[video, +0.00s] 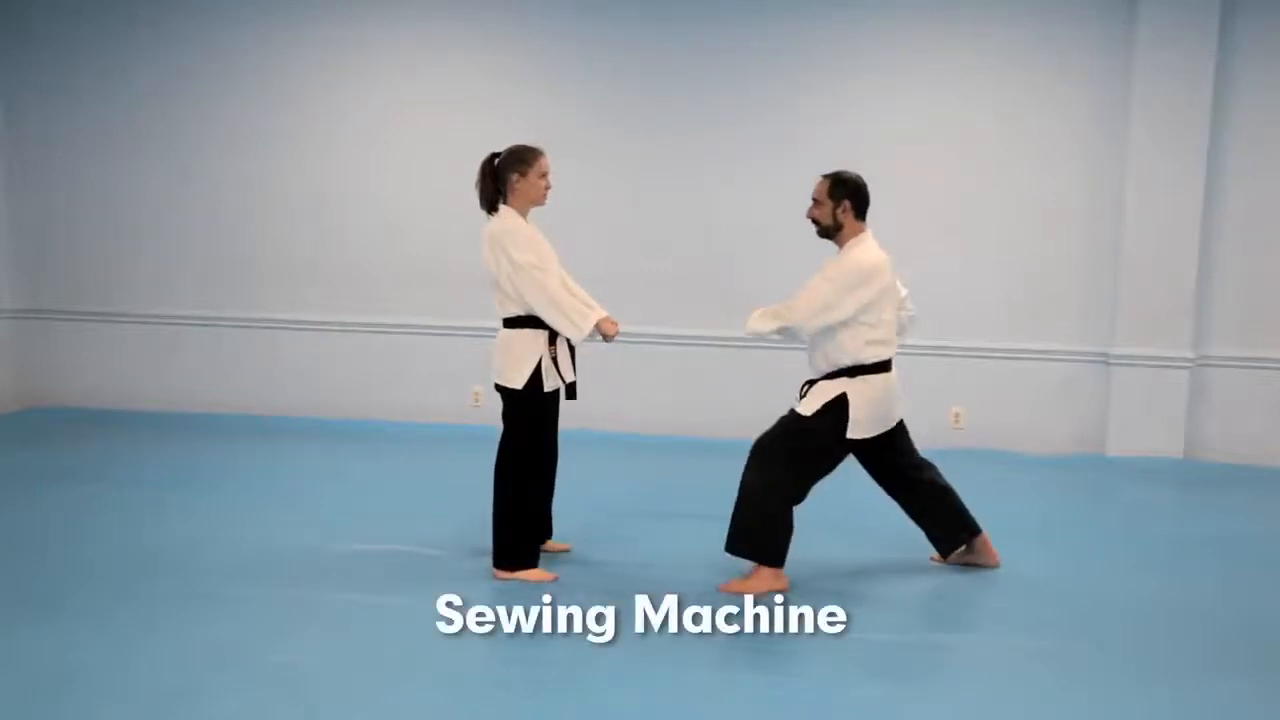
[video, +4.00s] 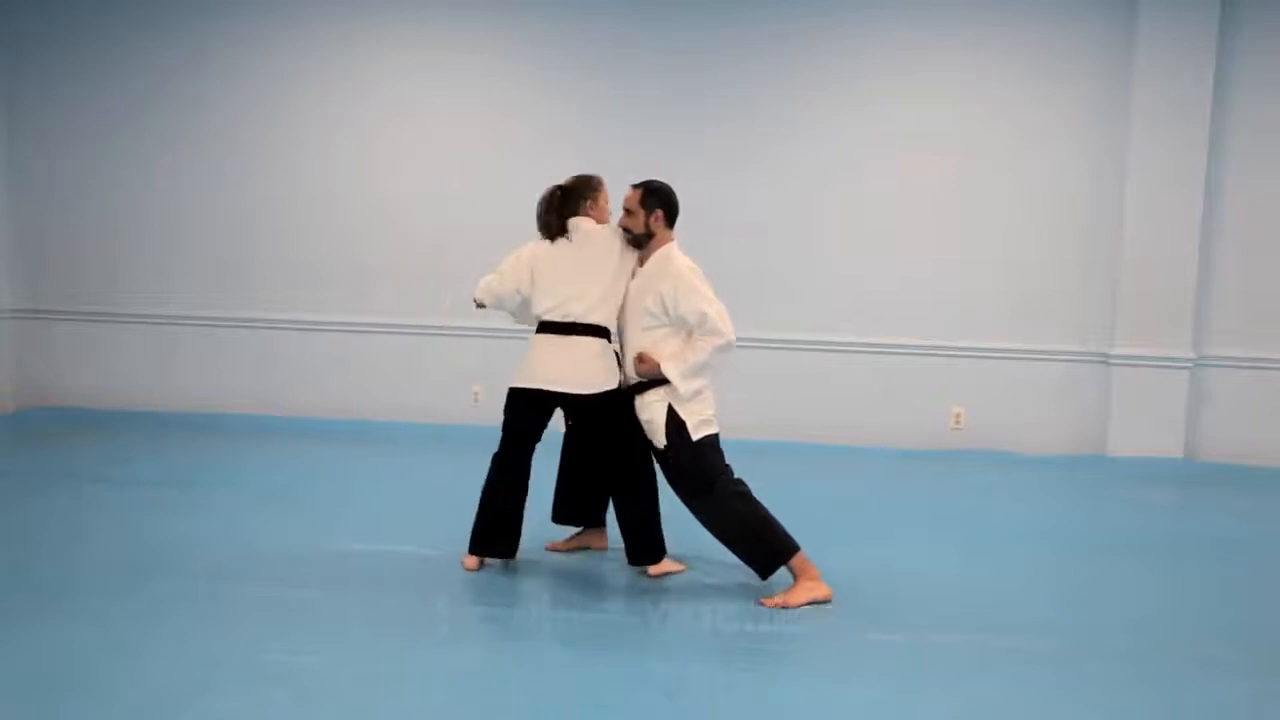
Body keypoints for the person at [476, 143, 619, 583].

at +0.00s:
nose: (549, 184)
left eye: (548, 176)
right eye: (542, 177)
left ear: (520, 183)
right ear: (515, 181)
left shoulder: (525, 228)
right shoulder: (506, 230)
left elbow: (560, 278)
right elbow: (541, 289)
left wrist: (596, 314)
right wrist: (591, 323)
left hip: (544, 353)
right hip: (525, 355)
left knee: (541, 453)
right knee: (521, 457)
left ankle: (534, 536)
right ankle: (511, 562)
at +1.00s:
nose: (568, 187)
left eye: (567, 180)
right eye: (561, 180)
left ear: (538, 183)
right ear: (536, 182)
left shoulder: (536, 228)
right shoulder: (521, 229)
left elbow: (570, 281)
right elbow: (549, 293)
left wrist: (603, 317)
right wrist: (595, 327)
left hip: (534, 353)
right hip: (519, 355)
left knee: (549, 452)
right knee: (542, 455)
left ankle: (537, 539)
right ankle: (518, 556)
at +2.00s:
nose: (397, 241)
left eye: (400, 237)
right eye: (438, 240)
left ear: (401, 244)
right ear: (440, 246)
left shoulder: (387, 288)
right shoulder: (460, 288)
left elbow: (378, 338)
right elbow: (509, 309)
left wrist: (374, 376)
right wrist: (501, 268)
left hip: (395, 416)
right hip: (455, 417)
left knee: (321, 452)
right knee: (528, 468)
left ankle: (294, 549)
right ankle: (541, 563)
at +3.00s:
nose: (509, 212)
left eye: (507, 204)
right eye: (505, 206)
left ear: (463, 210)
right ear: (491, 210)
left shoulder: (437, 250)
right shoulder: (515, 248)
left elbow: (421, 289)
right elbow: (571, 252)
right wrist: (617, 236)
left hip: (435, 376)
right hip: (492, 378)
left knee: (410, 454)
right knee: (538, 465)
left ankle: (400, 544)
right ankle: (549, 562)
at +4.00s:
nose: (611, 209)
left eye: (609, 202)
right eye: (607, 203)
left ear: (568, 210)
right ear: (592, 207)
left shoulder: (538, 251)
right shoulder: (620, 243)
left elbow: (489, 293)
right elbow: (662, 243)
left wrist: (537, 310)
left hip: (537, 373)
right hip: (595, 378)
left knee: (511, 457)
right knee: (631, 461)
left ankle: (479, 550)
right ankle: (650, 557)